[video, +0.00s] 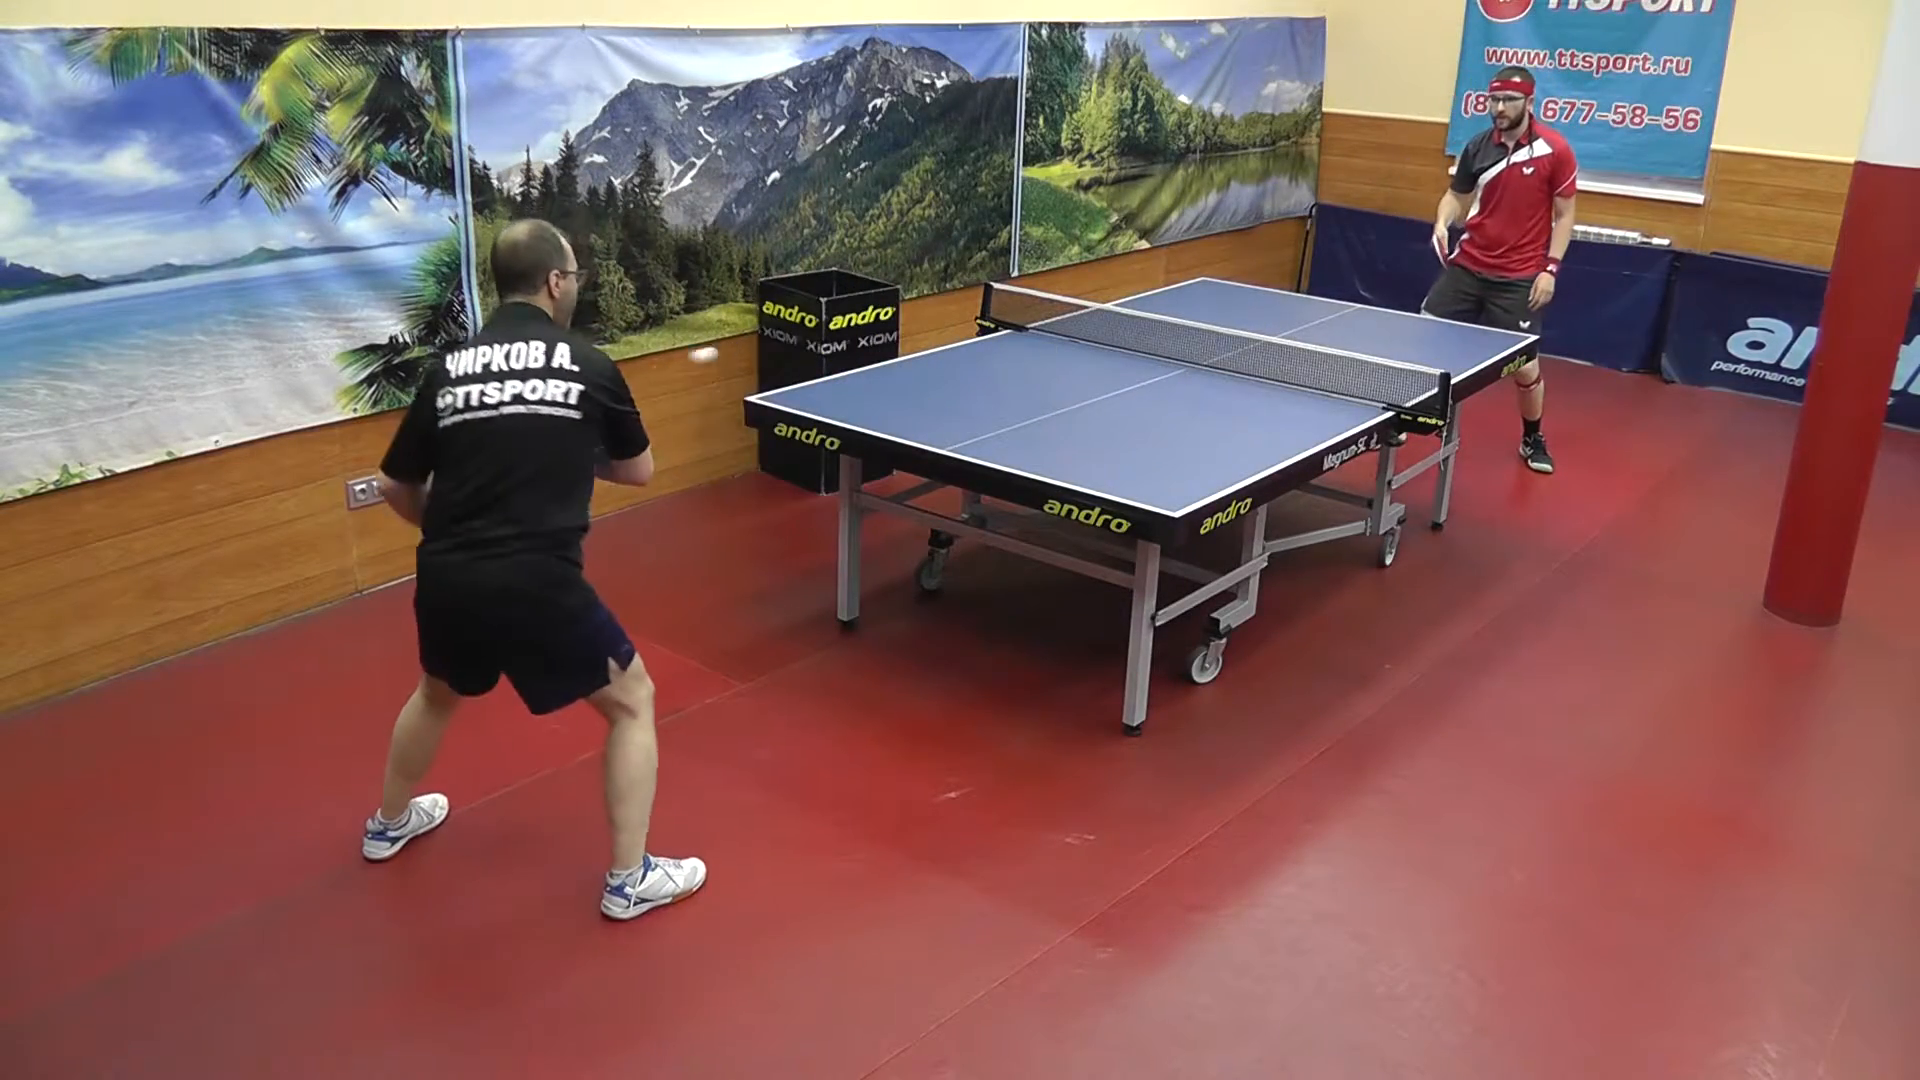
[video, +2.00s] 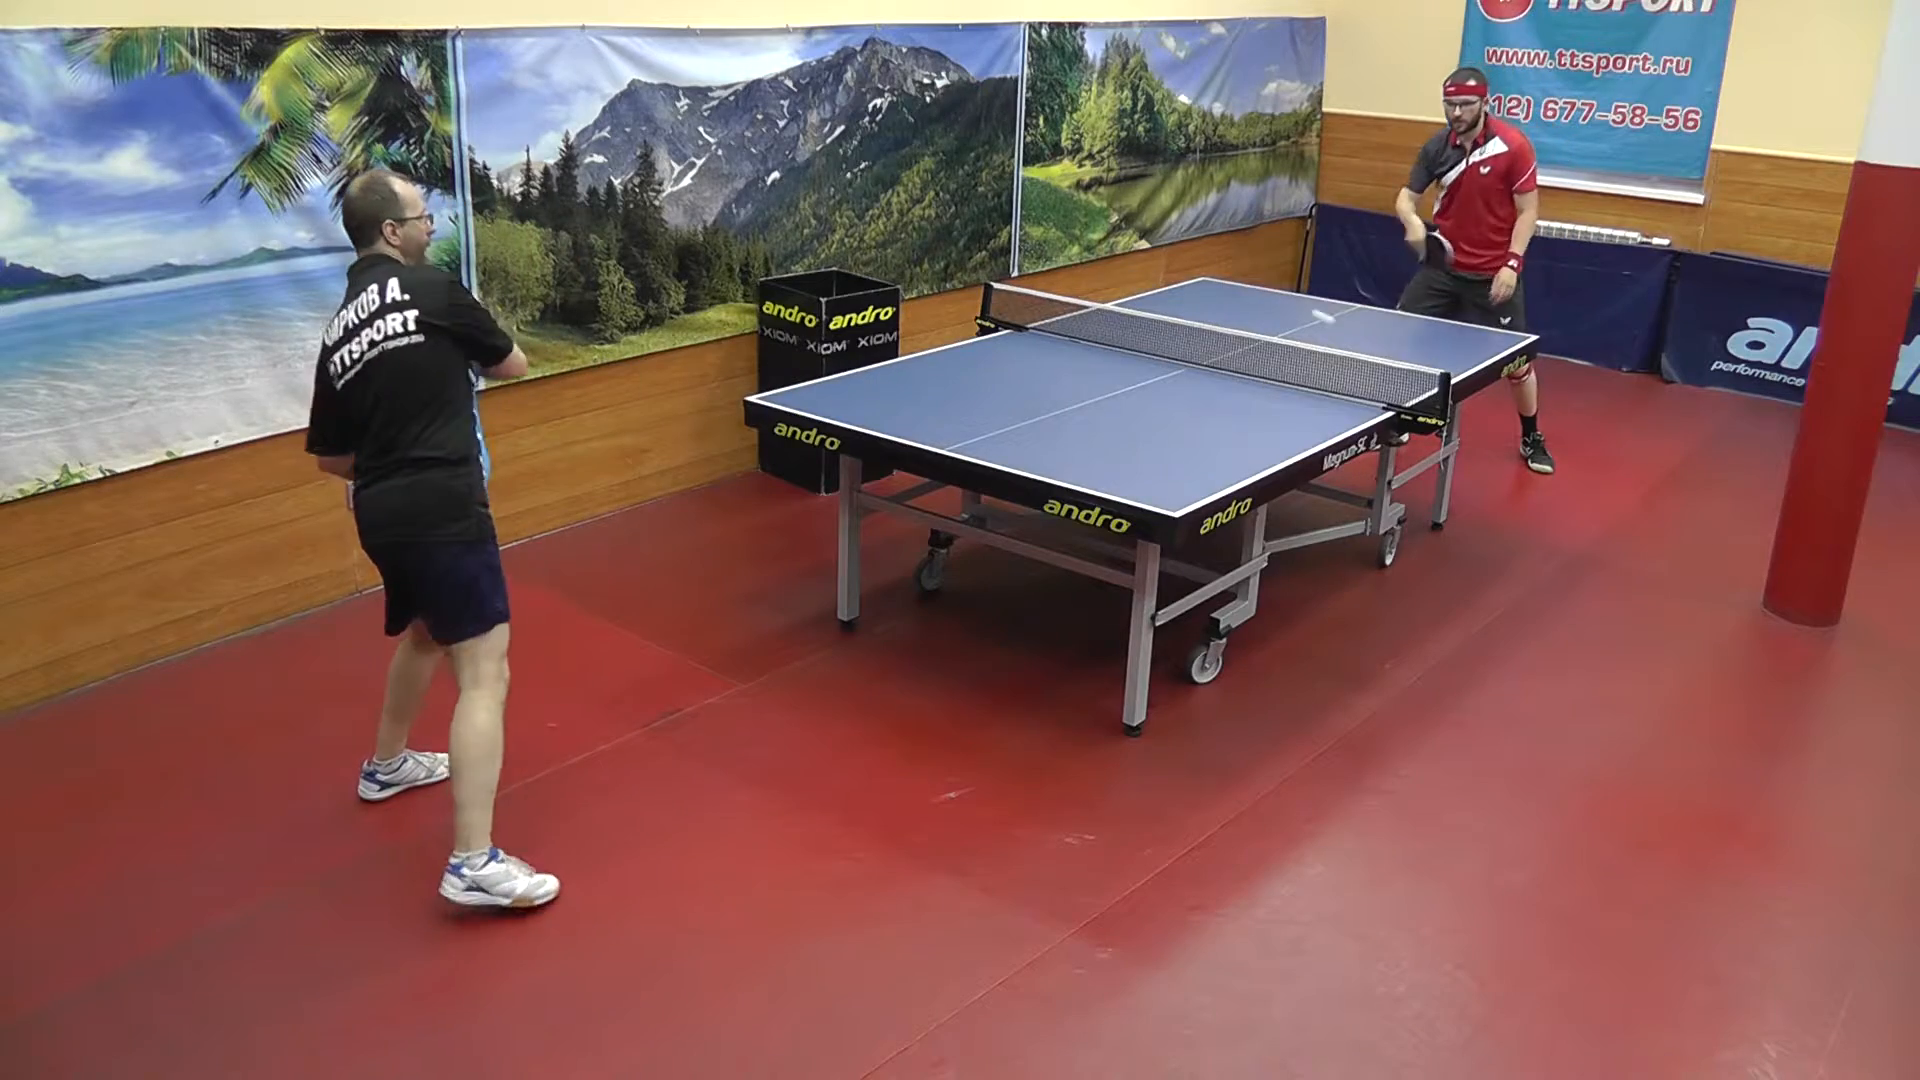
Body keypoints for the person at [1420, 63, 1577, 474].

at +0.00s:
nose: (1499, 108)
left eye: (1509, 101)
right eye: (1495, 100)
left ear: (1528, 103)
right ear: (1489, 101)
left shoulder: (1555, 152)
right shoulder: (1477, 148)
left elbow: (1564, 215)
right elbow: (1457, 196)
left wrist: (1549, 270)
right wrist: (1442, 222)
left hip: (1518, 280)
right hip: (1465, 270)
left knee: (1524, 368)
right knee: (1423, 337)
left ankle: (1532, 438)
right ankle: (1424, 409)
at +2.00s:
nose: (1457, 113)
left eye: (1465, 105)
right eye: (1451, 105)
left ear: (1484, 104)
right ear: (1444, 105)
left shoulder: (1514, 146)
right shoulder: (1439, 144)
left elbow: (1528, 211)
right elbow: (1406, 197)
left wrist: (1512, 265)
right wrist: (1411, 221)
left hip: (1494, 274)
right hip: (1441, 268)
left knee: (1517, 362)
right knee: (1398, 336)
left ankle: (1531, 438)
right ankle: (1398, 414)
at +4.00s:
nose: (1510, 111)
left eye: (1520, 104)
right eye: (1506, 103)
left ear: (1541, 106)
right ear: (1501, 103)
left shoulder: (1567, 153)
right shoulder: (1486, 152)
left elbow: (1581, 211)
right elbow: (1461, 202)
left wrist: (1582, 270)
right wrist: (1438, 237)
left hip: (1532, 281)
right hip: (1476, 270)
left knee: (1542, 370)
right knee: (1429, 340)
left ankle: (1551, 438)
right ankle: (1408, 413)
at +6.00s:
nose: (1516, 88)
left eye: (1525, 81)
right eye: (1513, 80)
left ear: (1547, 83)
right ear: (1513, 83)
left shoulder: (1573, 130)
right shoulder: (1519, 128)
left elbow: (1590, 199)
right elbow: (1511, 189)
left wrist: (1601, 258)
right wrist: (1470, 225)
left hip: (1547, 260)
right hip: (1509, 254)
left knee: (1527, 353)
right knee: (1496, 338)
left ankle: (1521, 450)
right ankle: (1513, 410)